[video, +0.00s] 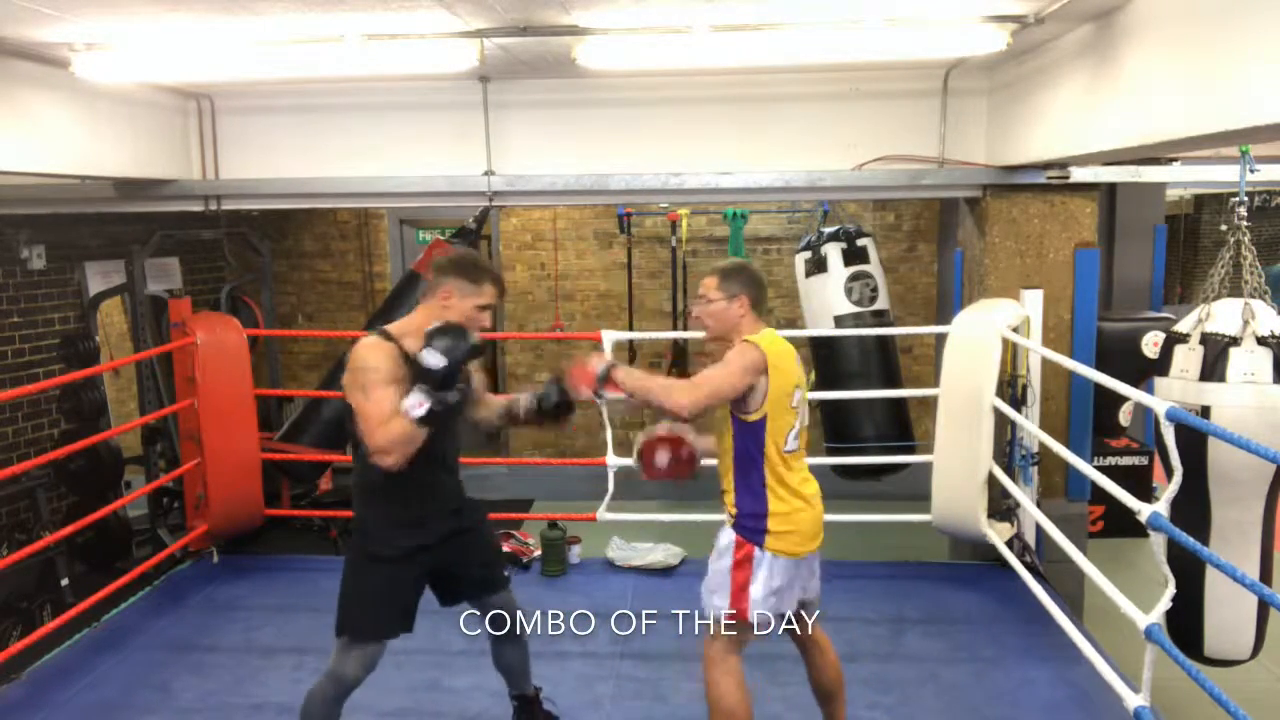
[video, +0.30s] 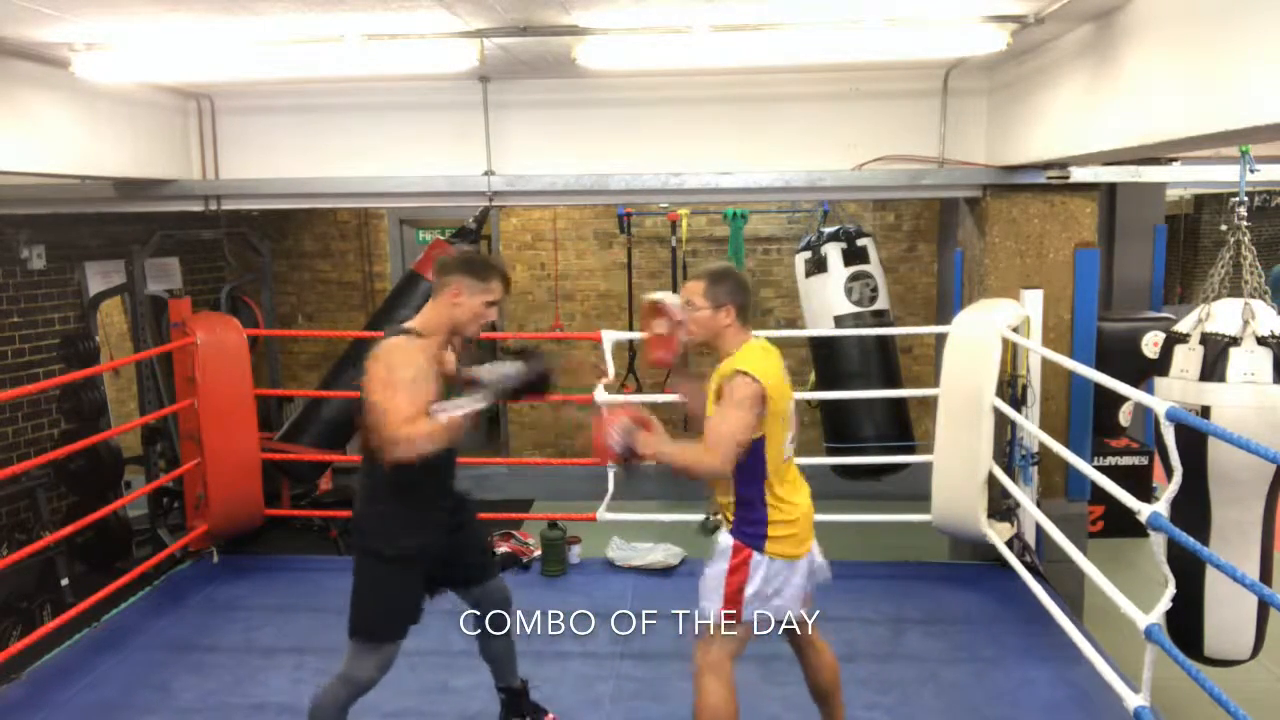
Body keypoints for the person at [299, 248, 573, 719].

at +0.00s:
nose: (489, 323)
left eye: (491, 312)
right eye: (482, 310)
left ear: (449, 300)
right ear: (444, 297)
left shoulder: (450, 350)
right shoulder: (374, 353)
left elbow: (482, 409)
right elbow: (386, 450)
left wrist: (537, 402)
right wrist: (431, 388)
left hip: (451, 520)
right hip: (388, 532)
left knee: (504, 617)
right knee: (355, 661)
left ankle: (526, 705)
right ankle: (316, 713)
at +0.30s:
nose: (494, 319)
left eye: (497, 307)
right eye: (489, 305)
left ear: (456, 299)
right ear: (454, 296)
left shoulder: (440, 350)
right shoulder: (401, 352)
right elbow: (399, 441)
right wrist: (469, 409)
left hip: (441, 516)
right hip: (392, 526)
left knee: (495, 605)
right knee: (366, 666)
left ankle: (515, 704)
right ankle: (322, 714)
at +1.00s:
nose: (496, 341)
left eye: (498, 330)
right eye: (492, 328)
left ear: (458, 322)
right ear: (457, 321)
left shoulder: (464, 363)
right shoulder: (379, 374)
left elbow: (517, 386)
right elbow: (352, 470)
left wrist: (557, 388)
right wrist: (431, 468)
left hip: (439, 517)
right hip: (377, 526)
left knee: (500, 613)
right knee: (357, 671)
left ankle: (511, 705)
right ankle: (310, 716)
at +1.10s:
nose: (506, 336)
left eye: (508, 325)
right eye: (502, 323)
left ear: (467, 314)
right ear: (467, 312)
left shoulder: (467, 363)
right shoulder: (395, 368)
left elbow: (511, 388)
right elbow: (357, 463)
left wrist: (538, 388)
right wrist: (442, 433)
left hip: (443, 518)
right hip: (389, 529)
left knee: (504, 611)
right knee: (362, 677)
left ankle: (513, 704)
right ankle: (313, 717)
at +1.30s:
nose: (551, 363)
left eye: (553, 348)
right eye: (544, 347)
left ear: (506, 335)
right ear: (514, 337)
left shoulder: (459, 361)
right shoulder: (489, 380)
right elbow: (533, 467)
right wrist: (597, 437)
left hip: (455, 532)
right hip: (415, 544)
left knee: (519, 608)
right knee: (405, 694)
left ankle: (514, 702)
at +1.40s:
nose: (578, 399)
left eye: (583, 389)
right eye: (577, 387)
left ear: (547, 373)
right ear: (548, 373)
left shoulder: (512, 406)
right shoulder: (487, 413)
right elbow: (470, 508)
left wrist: (550, 461)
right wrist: (539, 493)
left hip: (463, 543)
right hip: (417, 554)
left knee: (532, 613)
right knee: (440, 693)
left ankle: (515, 701)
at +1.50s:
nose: (577, 401)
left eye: (578, 390)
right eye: (571, 389)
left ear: (537, 386)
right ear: (535, 383)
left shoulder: (524, 426)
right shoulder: (453, 422)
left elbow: (513, 493)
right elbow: (446, 524)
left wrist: (570, 470)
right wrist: (515, 484)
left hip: (479, 553)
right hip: (425, 565)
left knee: (556, 638)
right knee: (446, 697)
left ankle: (519, 703)